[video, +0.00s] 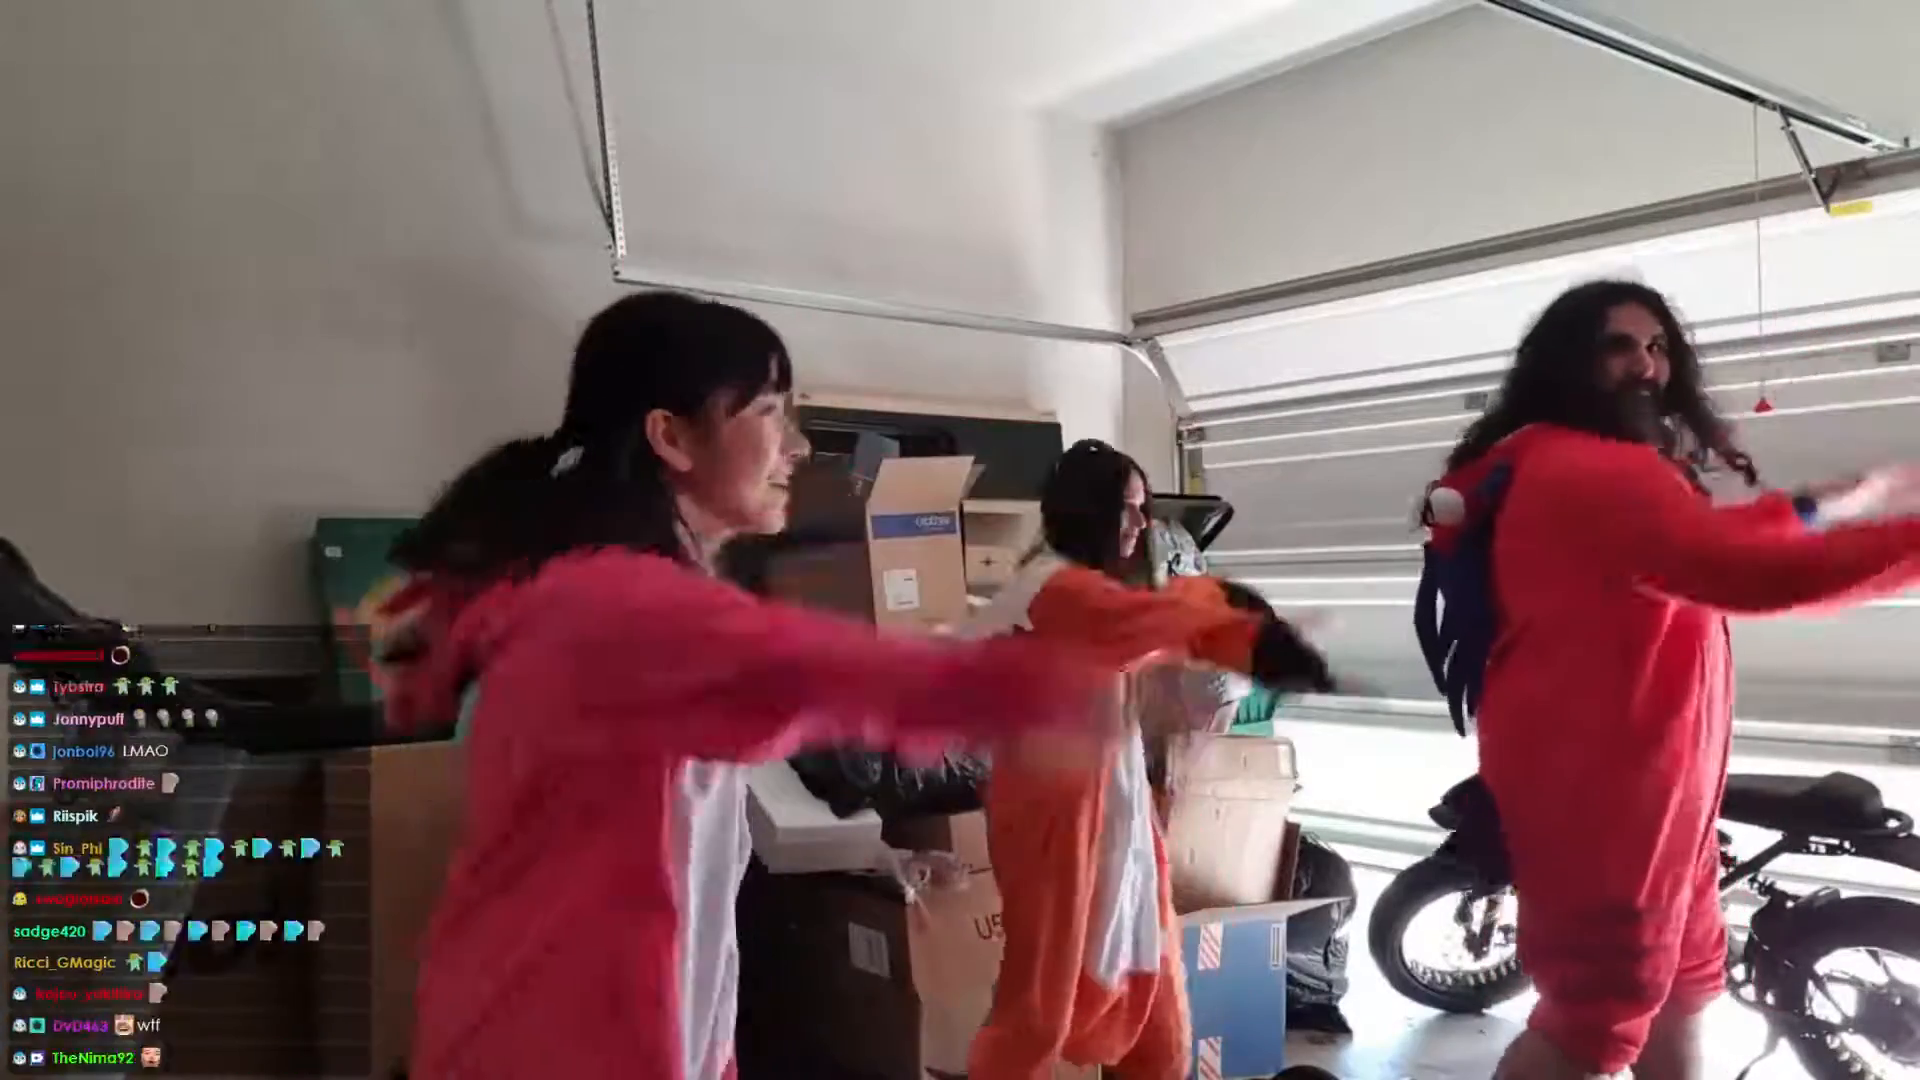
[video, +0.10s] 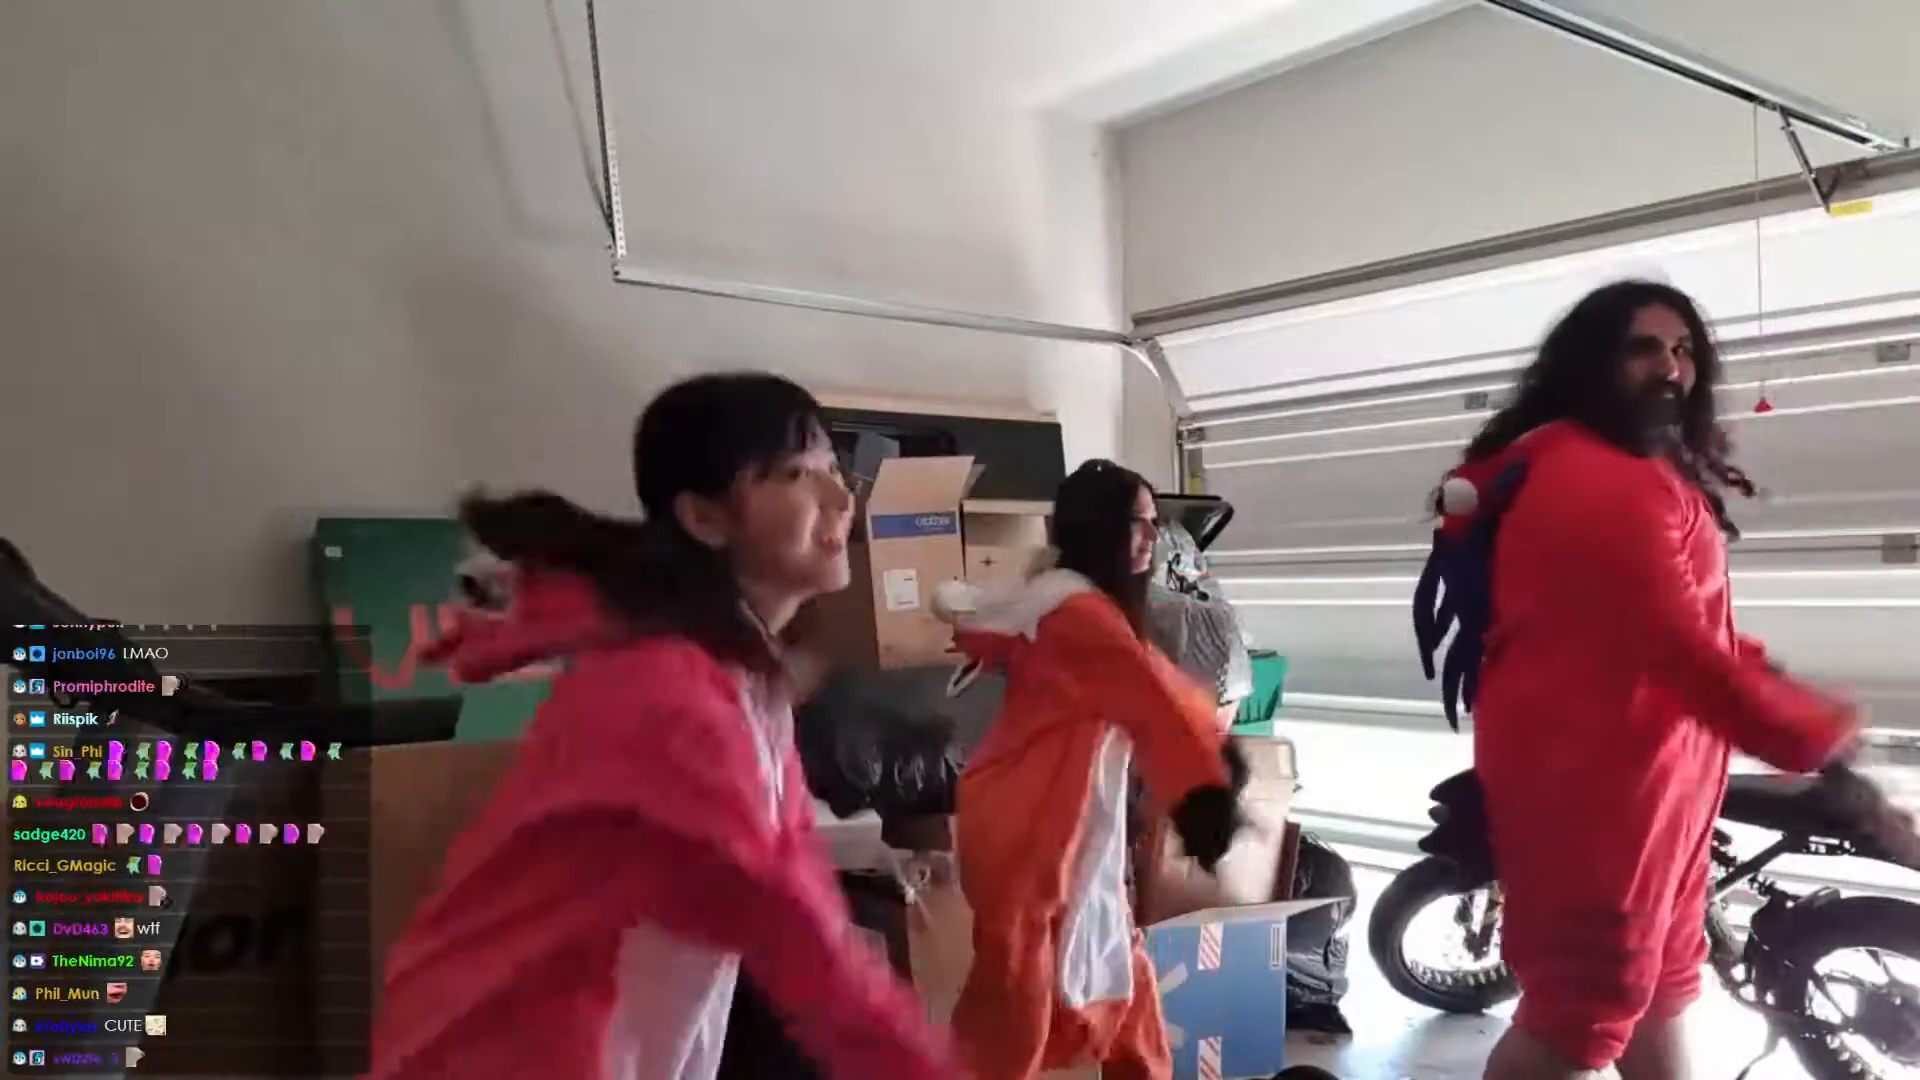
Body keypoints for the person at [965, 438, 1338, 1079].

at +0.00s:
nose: (1140, 525)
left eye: (1143, 510)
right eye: (1129, 509)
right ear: (1088, 509)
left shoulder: (1097, 589)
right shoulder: (1052, 583)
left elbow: (1168, 629)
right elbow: (1135, 619)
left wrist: (1255, 639)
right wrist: (1216, 596)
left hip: (1119, 801)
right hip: (1054, 800)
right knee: (1041, 1001)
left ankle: (1157, 1067)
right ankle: (998, 1069)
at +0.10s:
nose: (1149, 540)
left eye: (1152, 526)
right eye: (1138, 526)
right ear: (1098, 530)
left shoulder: (1092, 606)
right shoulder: (1073, 610)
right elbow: (1154, 691)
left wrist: (1210, 745)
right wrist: (1200, 784)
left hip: (1082, 835)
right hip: (1025, 834)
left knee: (1123, 984)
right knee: (1015, 999)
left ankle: (1140, 1067)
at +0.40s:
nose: (1138, 521)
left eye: (1138, 505)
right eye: (1130, 505)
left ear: (1063, 510)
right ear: (1096, 511)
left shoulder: (1058, 582)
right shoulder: (1073, 592)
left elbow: (1160, 669)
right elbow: (1166, 663)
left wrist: (1263, 708)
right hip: (1065, 823)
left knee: (1149, 979)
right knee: (1033, 981)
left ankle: (1144, 1074)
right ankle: (999, 1069)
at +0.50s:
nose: (1131, 523)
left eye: (1131, 509)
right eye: (1127, 509)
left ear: (1051, 516)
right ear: (1108, 520)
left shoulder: (1066, 595)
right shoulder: (1079, 597)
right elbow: (1173, 592)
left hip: (1134, 811)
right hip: (1091, 815)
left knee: (1170, 973)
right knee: (1062, 968)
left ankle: (1155, 1068)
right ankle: (1007, 1066)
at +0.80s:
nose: (1142, 537)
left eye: (1144, 524)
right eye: (1131, 525)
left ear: (1077, 530)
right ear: (1096, 530)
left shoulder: (1089, 598)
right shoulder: (1068, 608)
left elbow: (1161, 549)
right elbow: (1178, 599)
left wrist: (1231, 507)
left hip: (1133, 801)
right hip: (1083, 812)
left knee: (1200, 961)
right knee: (1089, 980)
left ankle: (1186, 1072)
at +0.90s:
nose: (1144, 524)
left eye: (1145, 509)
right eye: (1136, 508)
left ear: (1070, 512)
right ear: (1111, 514)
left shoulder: (1085, 586)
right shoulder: (1065, 591)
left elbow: (1158, 608)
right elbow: (1162, 629)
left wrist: (1233, 597)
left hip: (1099, 810)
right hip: (1051, 817)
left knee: (1153, 989)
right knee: (1046, 1001)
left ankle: (1163, 1071)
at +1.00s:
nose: (1150, 538)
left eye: (1153, 525)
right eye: (1138, 523)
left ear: (1076, 529)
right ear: (1100, 526)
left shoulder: (1061, 593)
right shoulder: (1082, 606)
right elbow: (1163, 692)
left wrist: (1202, 768)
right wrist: (1209, 776)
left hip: (1080, 819)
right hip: (1030, 819)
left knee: (1120, 972)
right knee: (1021, 977)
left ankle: (1133, 1066)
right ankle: (991, 1068)